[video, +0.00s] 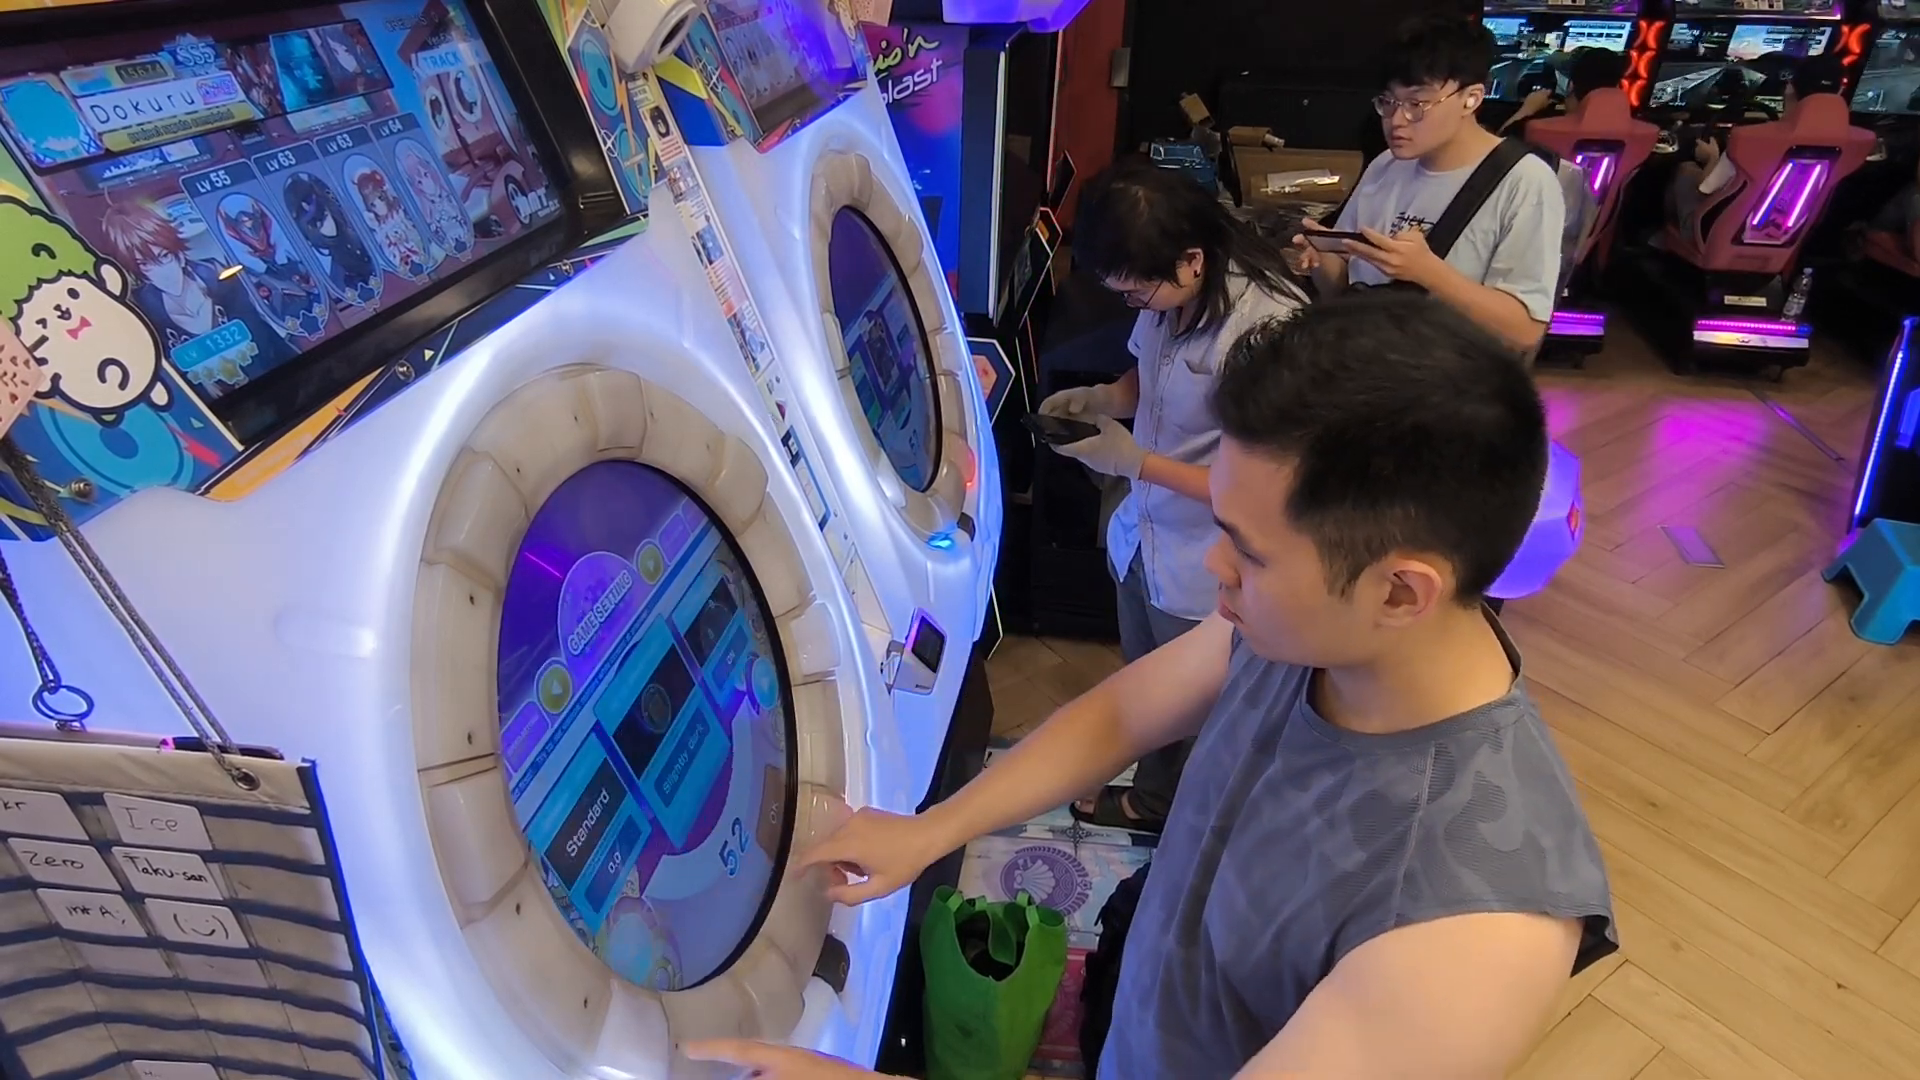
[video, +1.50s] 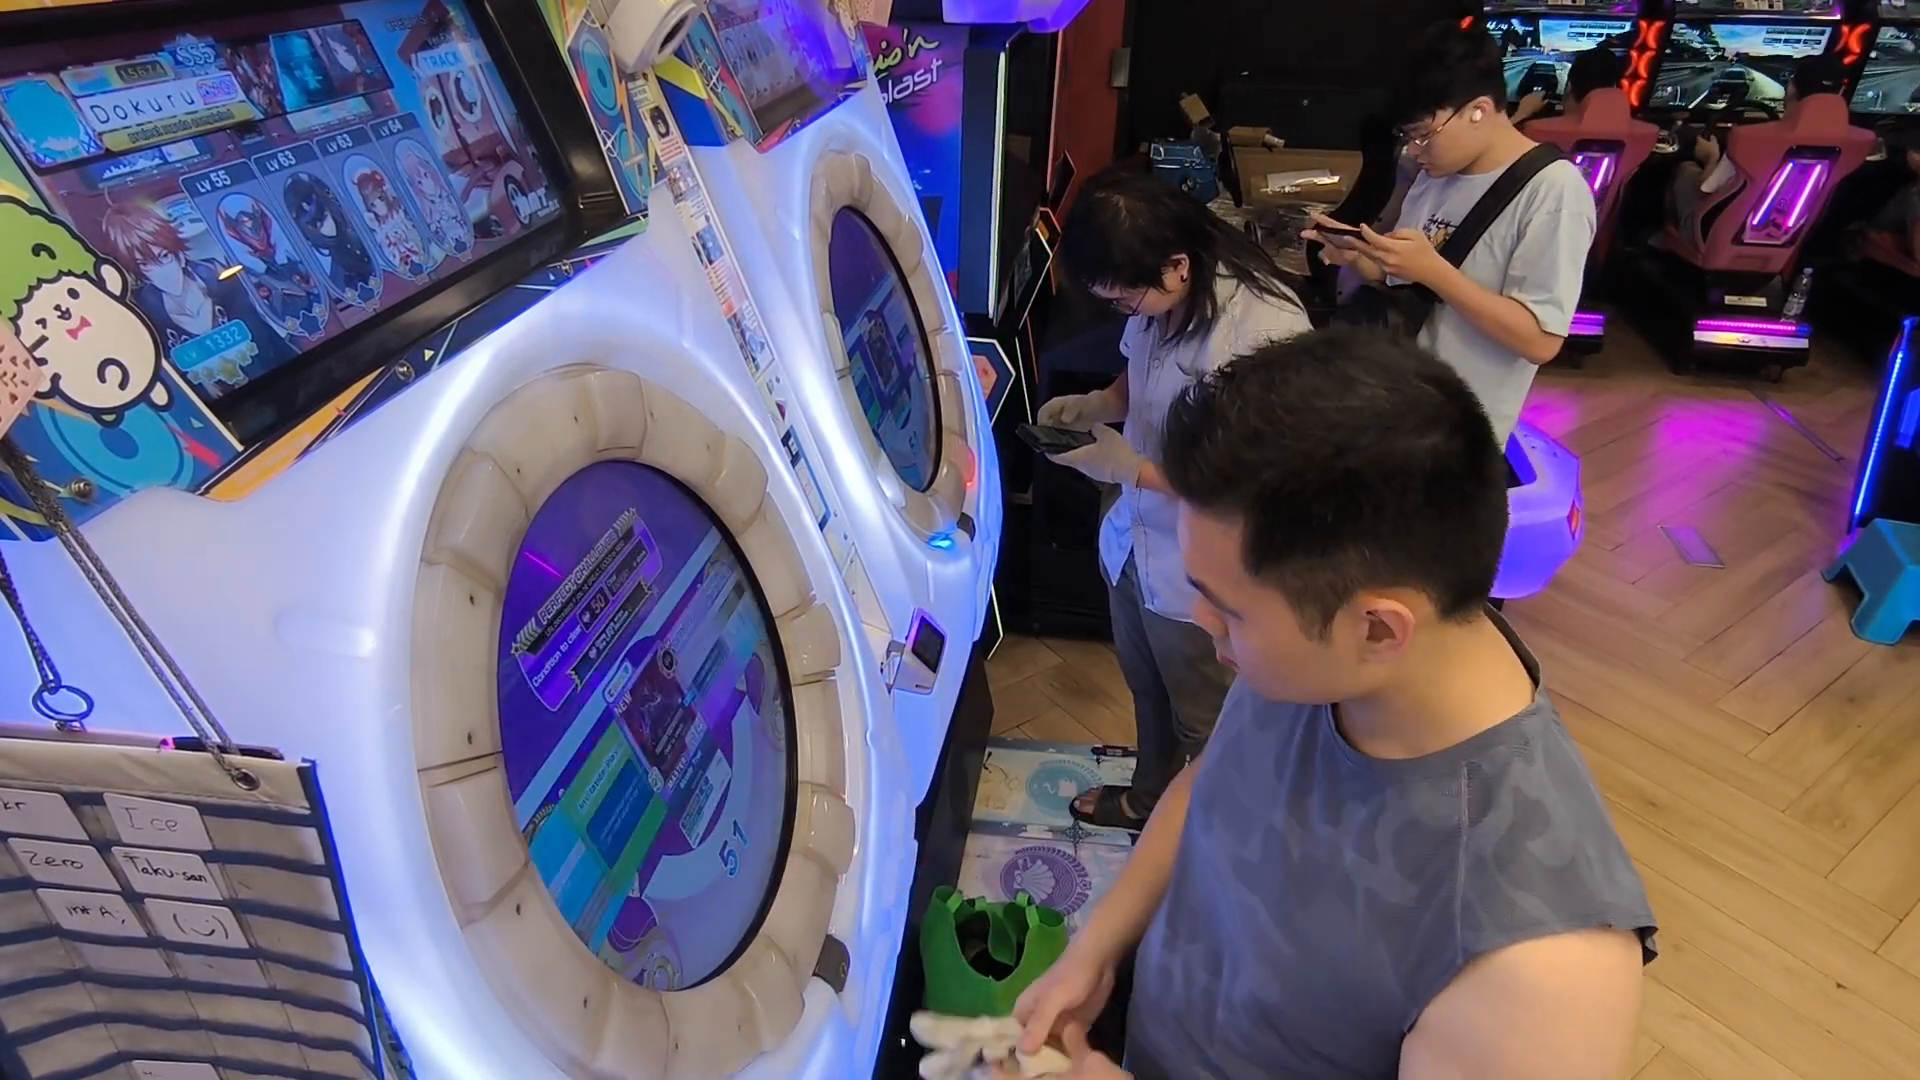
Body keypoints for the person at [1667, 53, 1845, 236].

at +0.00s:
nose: (1784, 89)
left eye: (1788, 84)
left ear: (1791, 90)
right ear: (1836, 95)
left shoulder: (1754, 140)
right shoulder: (1845, 150)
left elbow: (1707, 187)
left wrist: (1710, 158)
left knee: (1686, 170)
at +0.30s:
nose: (1784, 89)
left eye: (1787, 84)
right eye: (1787, 82)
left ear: (1791, 90)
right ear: (1834, 95)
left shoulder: (1760, 139)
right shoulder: (1837, 149)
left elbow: (1706, 183)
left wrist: (1707, 143)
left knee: (1684, 171)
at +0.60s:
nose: (1784, 89)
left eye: (1787, 84)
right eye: (1788, 82)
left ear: (1790, 91)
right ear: (1835, 95)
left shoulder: (1755, 140)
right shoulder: (1840, 149)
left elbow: (1707, 187)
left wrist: (1710, 156)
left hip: (1721, 242)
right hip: (1782, 246)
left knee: (1686, 169)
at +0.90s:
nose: (1784, 87)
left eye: (1788, 82)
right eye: (1788, 81)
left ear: (1793, 91)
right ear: (1835, 94)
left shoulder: (1758, 141)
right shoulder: (1844, 150)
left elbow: (1706, 188)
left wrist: (1711, 156)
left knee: (1685, 169)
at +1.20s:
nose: (1784, 91)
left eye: (1787, 85)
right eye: (1787, 85)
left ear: (1792, 91)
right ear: (1835, 95)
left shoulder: (1756, 140)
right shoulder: (1843, 150)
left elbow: (1706, 187)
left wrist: (1710, 154)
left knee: (1686, 169)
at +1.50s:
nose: (1786, 90)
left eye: (1789, 85)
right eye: (1789, 85)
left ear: (1794, 91)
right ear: (1838, 96)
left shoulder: (1756, 140)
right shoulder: (1848, 151)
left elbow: (1707, 187)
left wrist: (1712, 156)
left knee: (1686, 170)